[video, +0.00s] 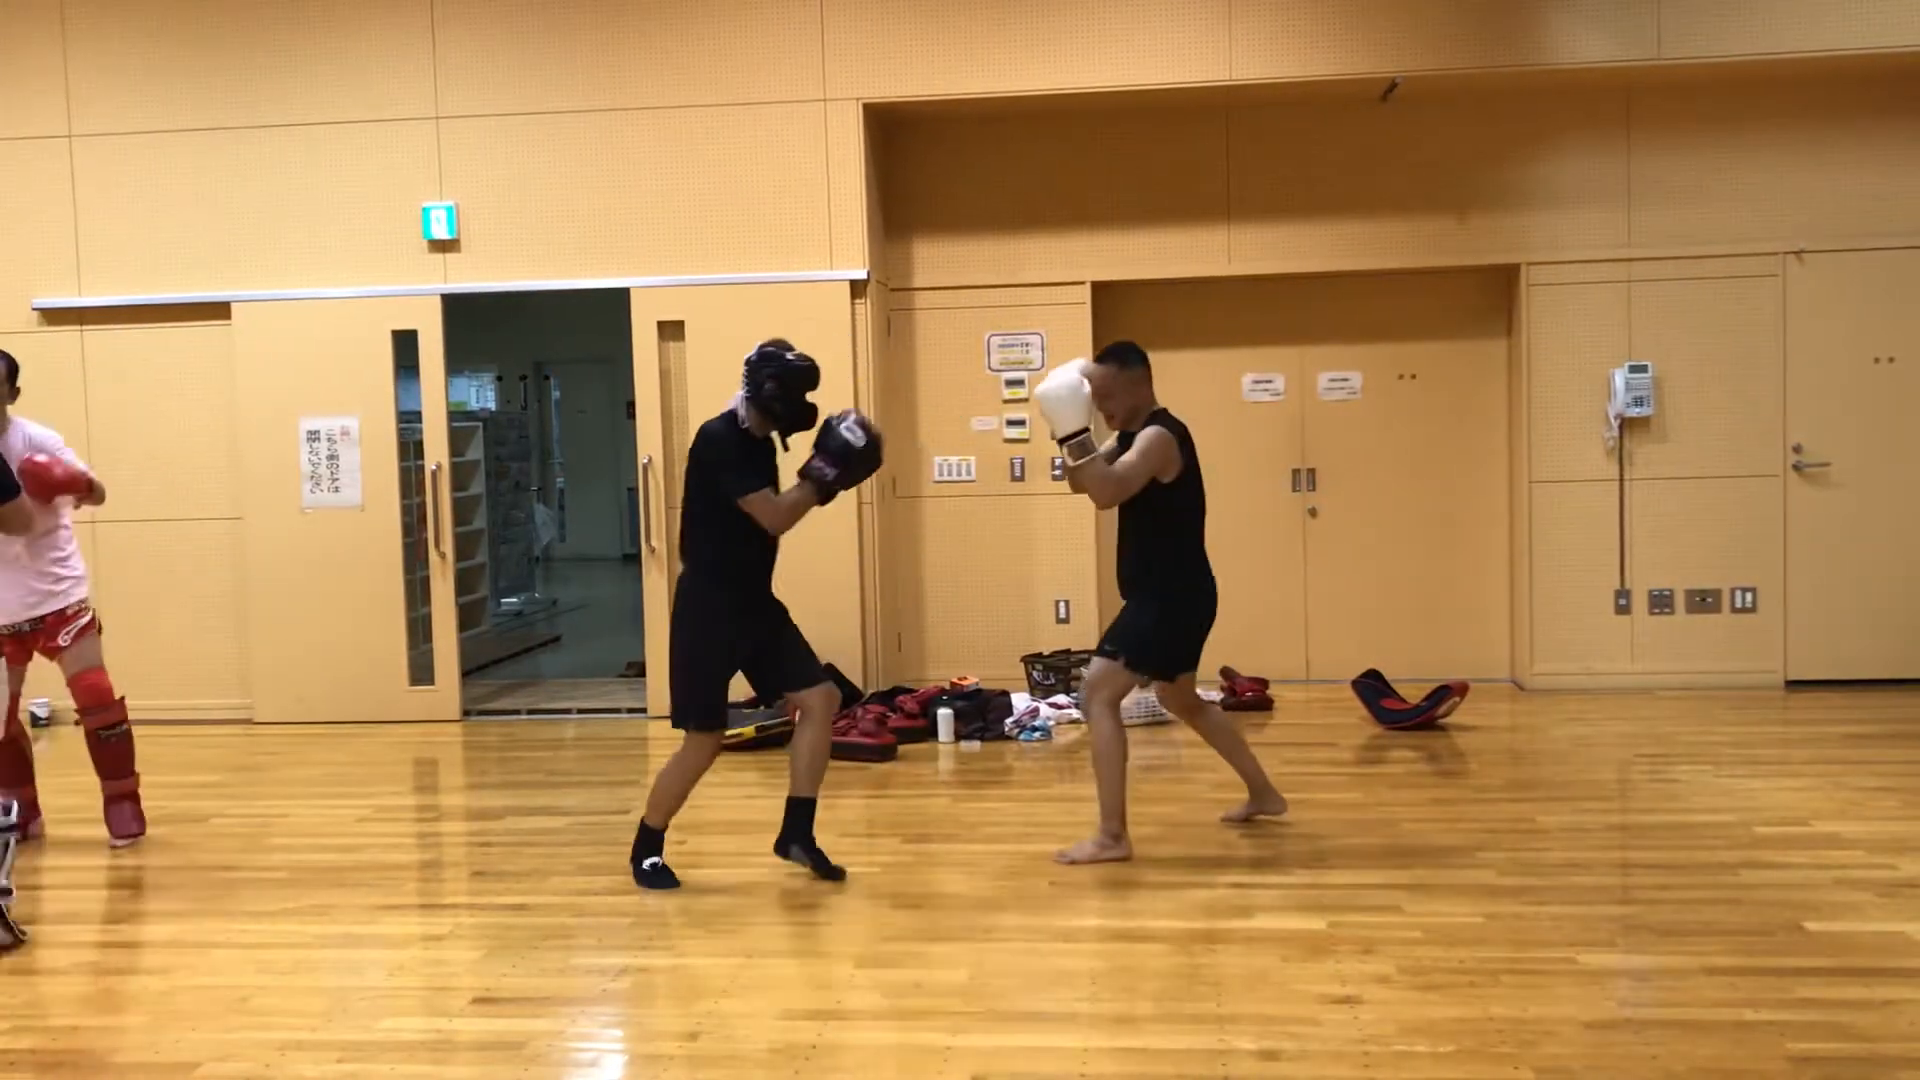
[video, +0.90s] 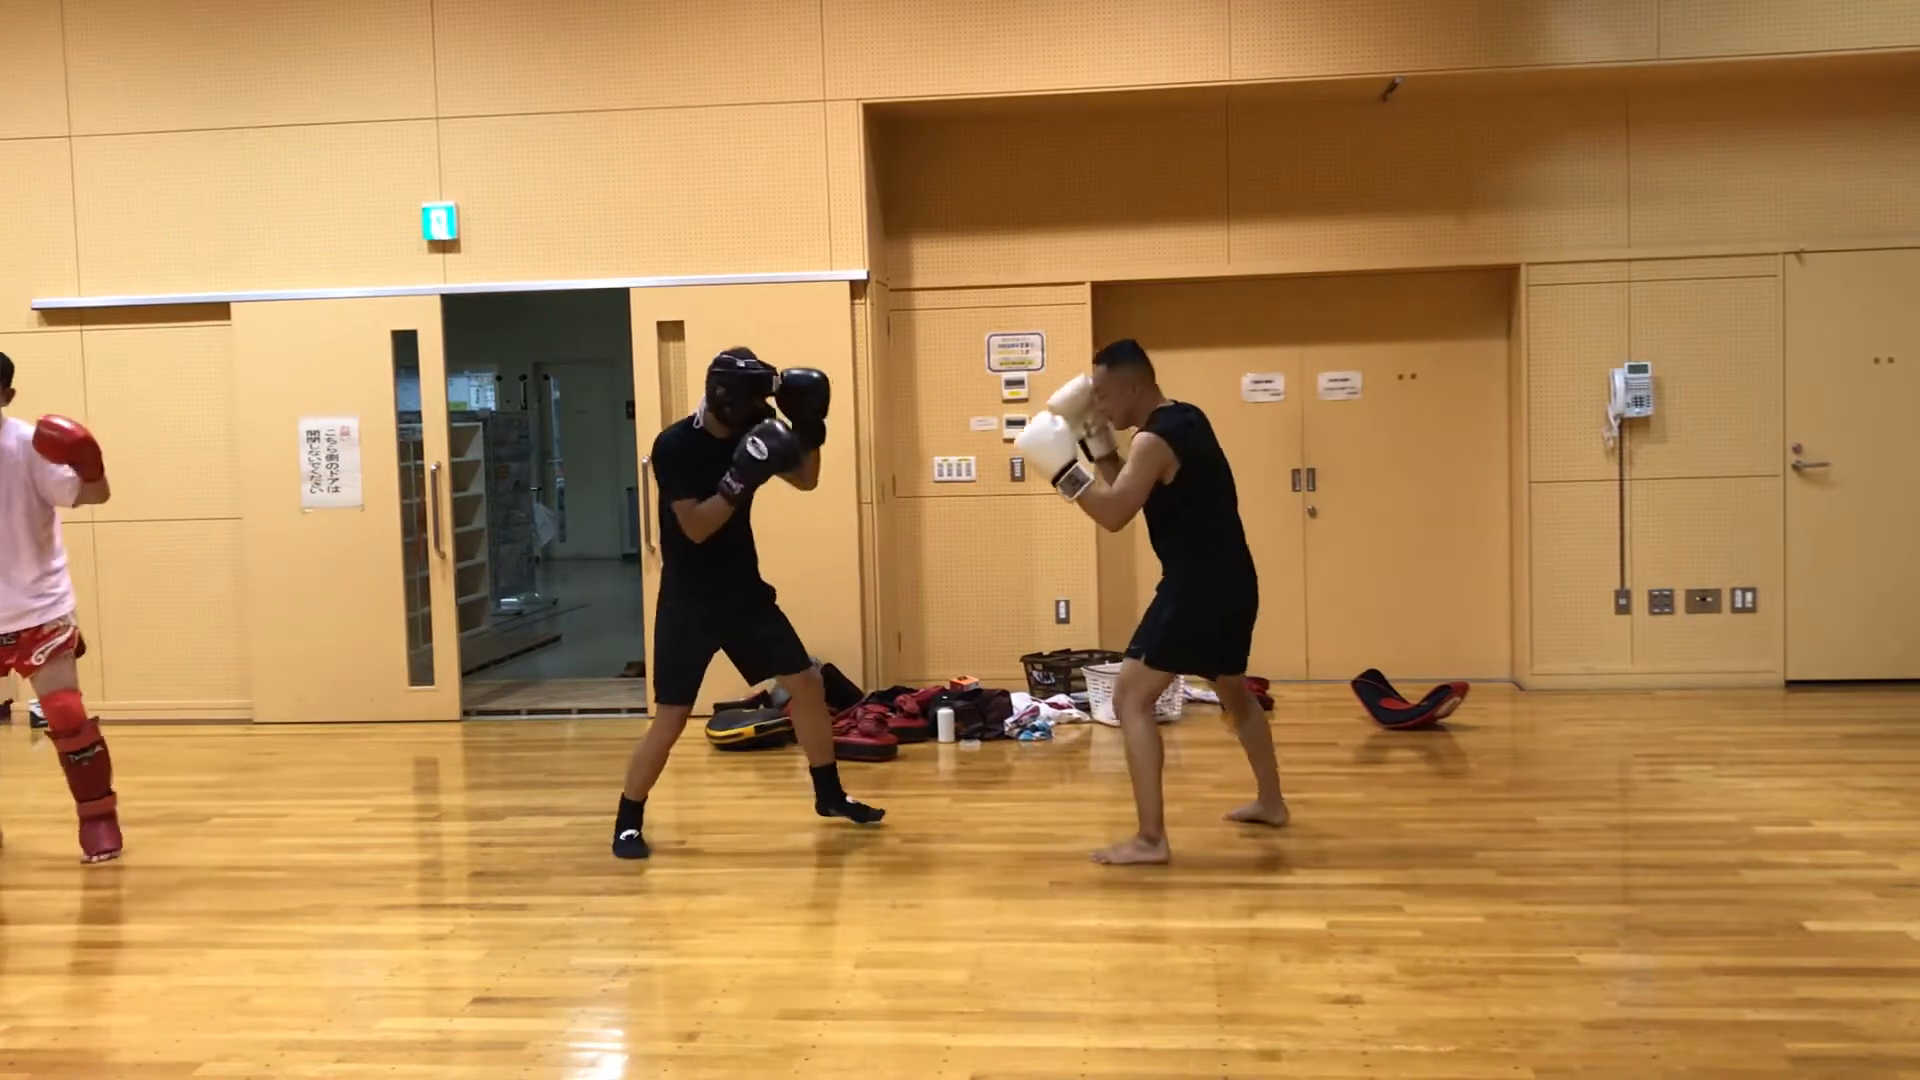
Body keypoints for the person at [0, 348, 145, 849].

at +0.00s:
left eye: (1, 385)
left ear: (13, 389)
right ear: (3, 388)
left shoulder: (36, 442)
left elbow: (96, 493)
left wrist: (66, 481)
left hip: (60, 594)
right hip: (5, 608)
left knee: (94, 695)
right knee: (1, 716)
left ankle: (121, 802)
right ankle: (20, 805)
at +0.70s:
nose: (4, 389)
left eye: (13, 381)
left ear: (35, 390)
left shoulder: (58, 446)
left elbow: (114, 502)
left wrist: (123, 484)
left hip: (66, 599)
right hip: (6, 605)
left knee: (83, 709)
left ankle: (107, 821)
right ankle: (10, 811)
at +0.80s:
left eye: (5, 382)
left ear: (22, 389)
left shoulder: (43, 442)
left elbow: (108, 493)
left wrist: (102, 458)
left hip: (49, 598)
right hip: (2, 605)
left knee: (75, 712)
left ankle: (105, 820)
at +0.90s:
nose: (2, 397)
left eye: (3, 389)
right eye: (3, 389)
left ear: (8, 390)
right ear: (6, 390)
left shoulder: (23, 443)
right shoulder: (22, 443)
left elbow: (92, 495)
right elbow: (90, 494)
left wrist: (89, 464)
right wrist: (87, 465)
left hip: (35, 600)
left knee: (67, 714)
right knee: (64, 716)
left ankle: (97, 820)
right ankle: (96, 820)